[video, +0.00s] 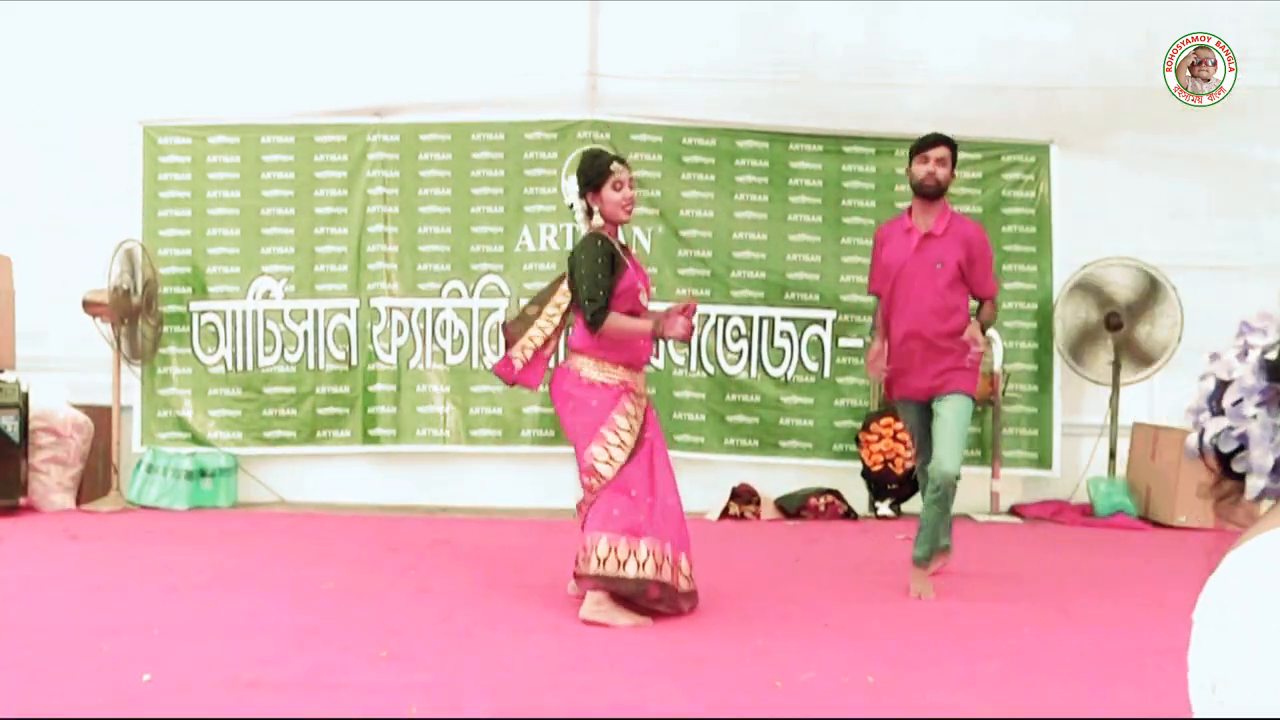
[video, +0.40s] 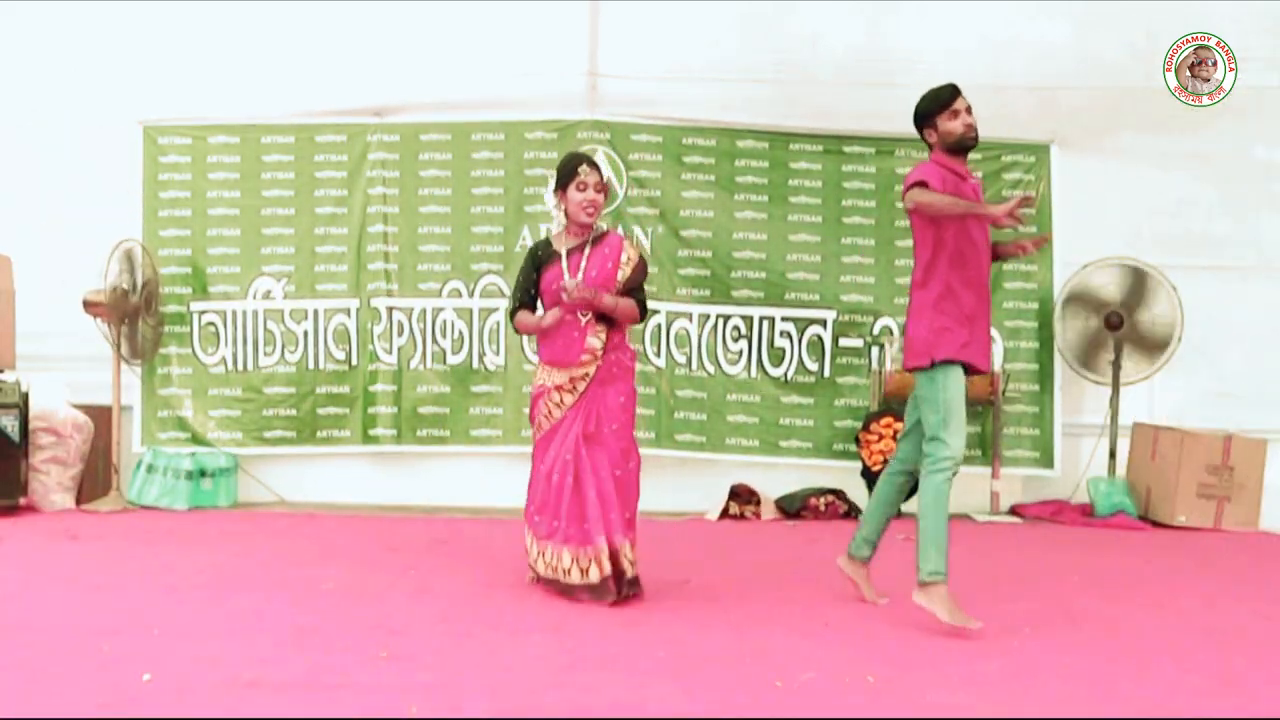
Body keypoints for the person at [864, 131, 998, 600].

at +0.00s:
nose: (932, 169)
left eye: (942, 163)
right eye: (924, 161)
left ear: (952, 175)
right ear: (909, 169)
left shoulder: (969, 233)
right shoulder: (889, 232)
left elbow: (989, 298)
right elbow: (882, 300)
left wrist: (980, 325)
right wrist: (877, 342)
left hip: (955, 366)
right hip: (903, 369)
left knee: (945, 471)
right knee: (923, 472)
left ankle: (921, 564)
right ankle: (942, 545)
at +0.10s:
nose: (945, 160)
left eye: (952, 153)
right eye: (935, 153)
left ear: (960, 164)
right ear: (915, 164)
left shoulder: (975, 224)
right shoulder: (892, 222)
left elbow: (999, 299)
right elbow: (872, 296)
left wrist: (976, 272)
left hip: (964, 368)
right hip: (909, 366)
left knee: (953, 481)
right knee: (903, 480)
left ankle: (918, 571)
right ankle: (916, 533)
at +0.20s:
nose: (951, 145)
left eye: (956, 138)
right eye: (941, 138)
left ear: (962, 148)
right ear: (917, 149)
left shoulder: (974, 209)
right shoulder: (901, 200)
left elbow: (1012, 273)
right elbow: (886, 254)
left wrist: (993, 230)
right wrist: (943, 223)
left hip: (964, 354)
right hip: (915, 350)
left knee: (941, 472)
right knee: (913, 467)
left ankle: (911, 569)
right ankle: (883, 511)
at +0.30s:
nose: (962, 118)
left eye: (963, 110)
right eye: (951, 112)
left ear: (966, 120)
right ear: (925, 125)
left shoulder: (971, 178)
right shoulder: (917, 169)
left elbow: (994, 253)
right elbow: (905, 203)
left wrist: (993, 219)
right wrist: (962, 203)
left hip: (965, 325)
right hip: (928, 321)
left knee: (941, 442)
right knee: (940, 438)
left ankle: (888, 549)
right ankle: (880, 544)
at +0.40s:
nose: (968, 120)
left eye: (969, 111)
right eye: (956, 115)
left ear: (970, 121)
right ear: (932, 130)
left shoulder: (969, 182)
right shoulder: (932, 170)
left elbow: (969, 254)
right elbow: (913, 200)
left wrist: (1016, 248)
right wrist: (985, 212)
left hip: (955, 334)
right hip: (937, 334)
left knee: (912, 453)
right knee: (945, 453)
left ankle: (857, 554)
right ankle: (932, 582)